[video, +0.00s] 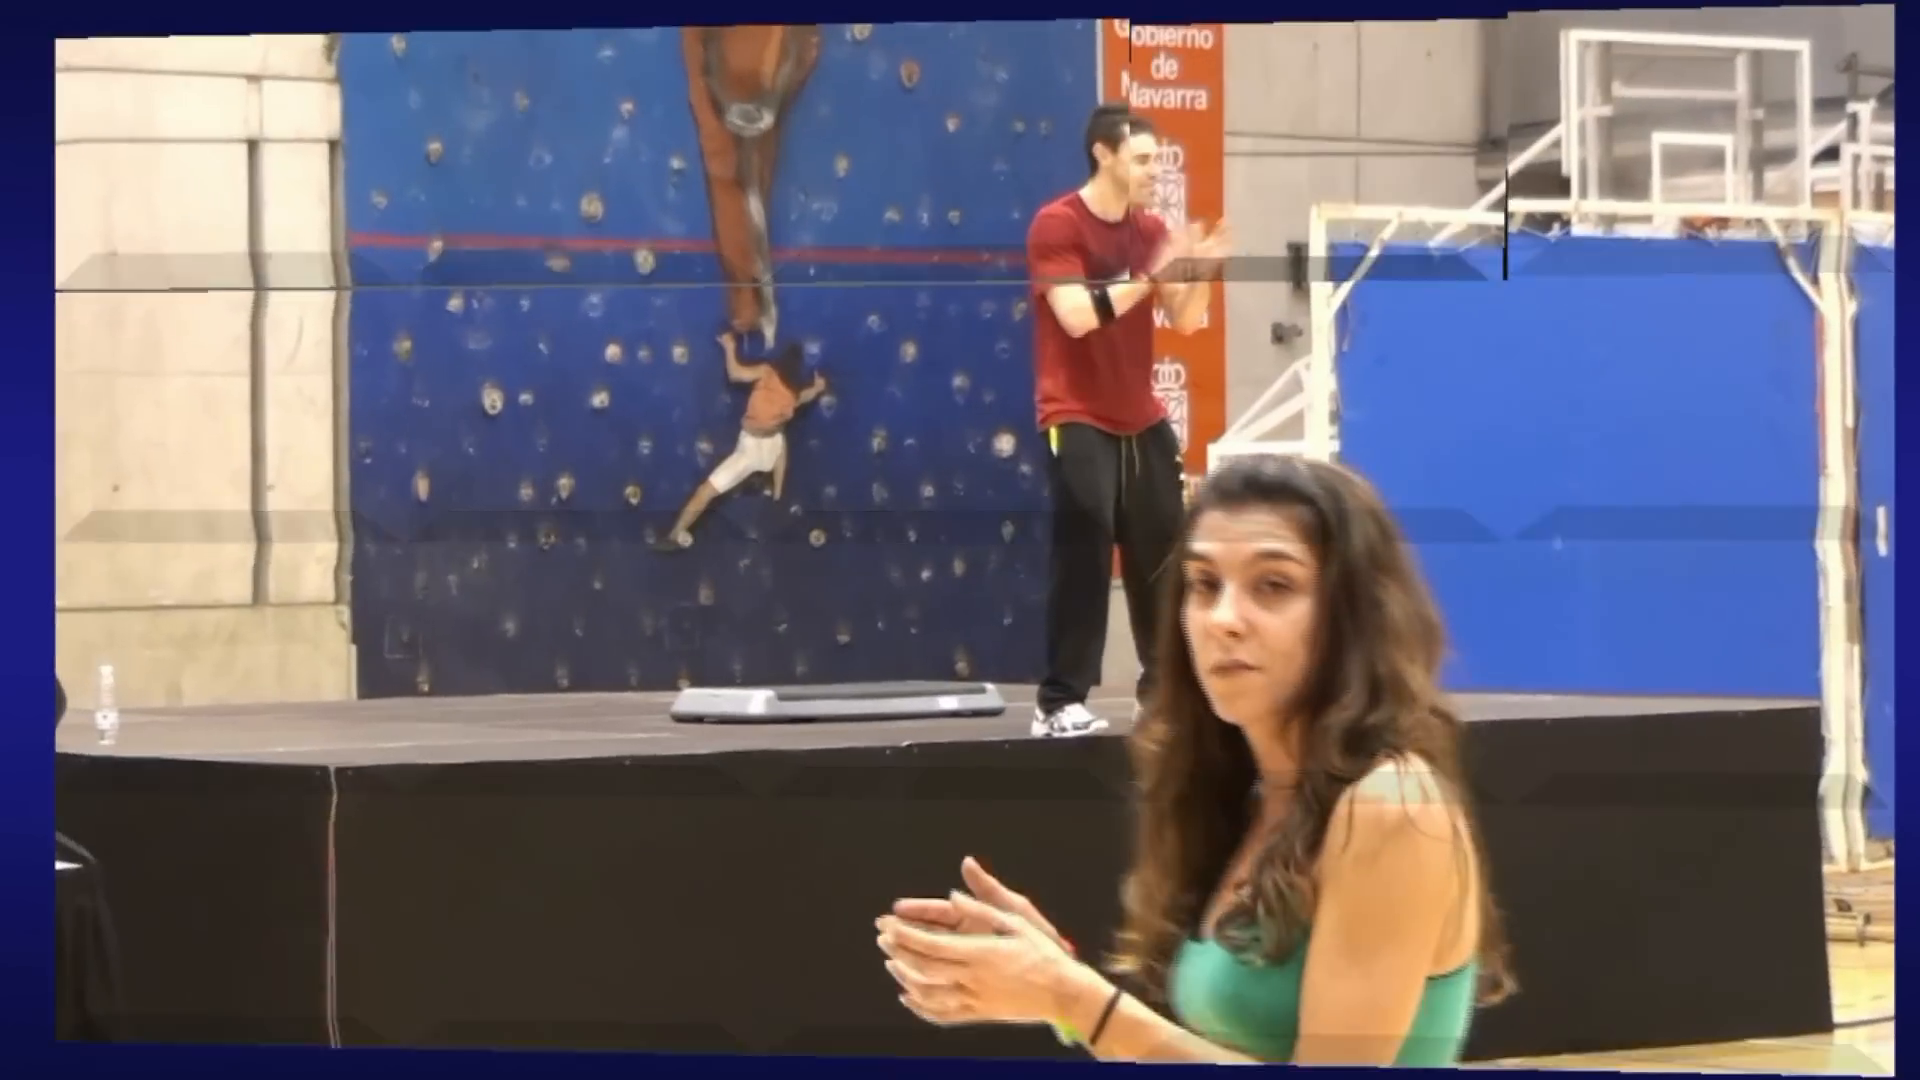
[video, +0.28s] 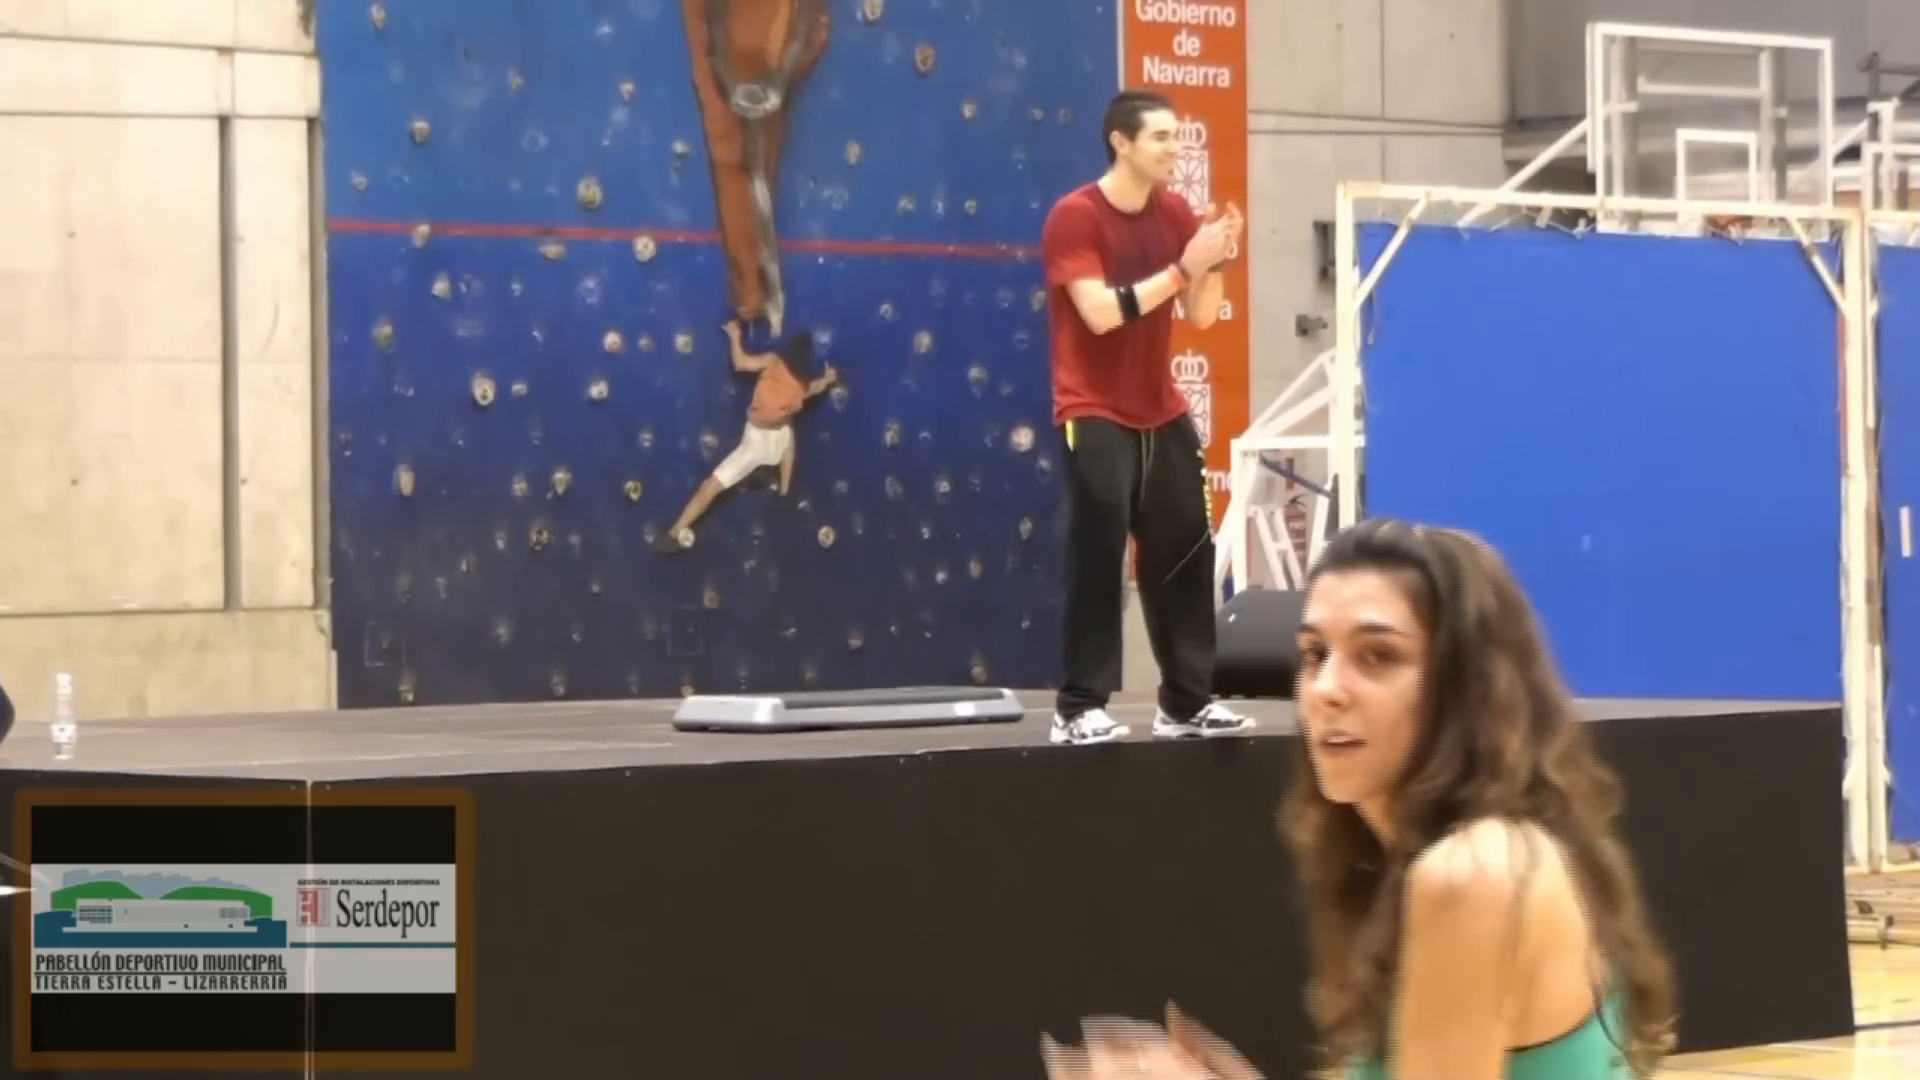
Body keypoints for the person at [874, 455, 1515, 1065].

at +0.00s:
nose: (1224, 621)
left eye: (1273, 586)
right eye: (1204, 585)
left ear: (1349, 609)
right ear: (1181, 608)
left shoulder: (1391, 811)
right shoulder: (1251, 796)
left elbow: (1327, 1068)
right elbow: (1228, 1050)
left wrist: (1071, 1000)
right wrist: (1060, 982)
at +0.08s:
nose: (1266, 636)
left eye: (1315, 603)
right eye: (1245, 600)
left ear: (1390, 628)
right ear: (1221, 619)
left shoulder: (1422, 820)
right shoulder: (1307, 812)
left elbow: (1352, 1069)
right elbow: (1281, 1068)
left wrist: (1093, 1028)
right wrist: (1107, 1001)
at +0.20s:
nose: (1308, 679)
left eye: (1359, 645)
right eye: (1292, 642)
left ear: (1441, 672)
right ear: (1275, 660)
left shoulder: (1447, 864)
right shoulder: (1398, 858)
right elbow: (1349, 1069)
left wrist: (1160, 1068)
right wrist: (1211, 1063)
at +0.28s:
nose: (1328, 690)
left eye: (1378, 657)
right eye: (1314, 653)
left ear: (1465, 684)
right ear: (1295, 668)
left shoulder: (1465, 877)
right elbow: (1397, 1062)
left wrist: (1209, 1079)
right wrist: (1242, 1075)